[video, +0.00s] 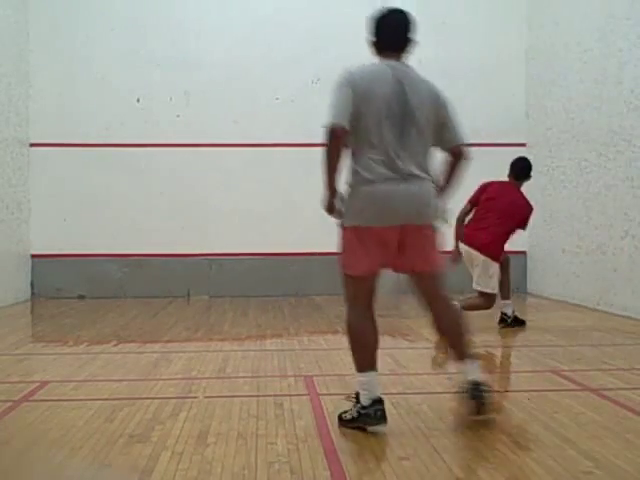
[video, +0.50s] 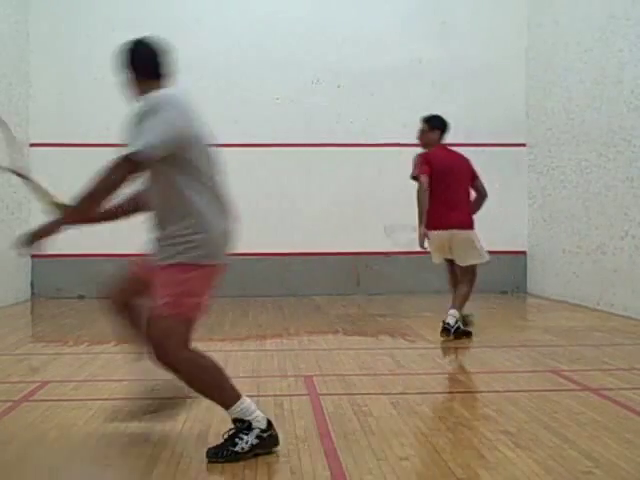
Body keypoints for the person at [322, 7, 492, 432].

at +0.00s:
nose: (389, 44)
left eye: (381, 36)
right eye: (400, 37)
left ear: (374, 41)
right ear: (409, 43)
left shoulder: (355, 79)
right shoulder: (426, 88)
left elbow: (337, 134)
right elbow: (458, 151)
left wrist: (331, 190)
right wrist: (438, 195)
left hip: (367, 205)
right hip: (418, 205)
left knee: (360, 304)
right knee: (436, 295)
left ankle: (370, 401)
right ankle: (472, 378)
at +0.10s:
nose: (338, 31)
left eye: (336, 25)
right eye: (349, 24)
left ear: (335, 30)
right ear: (370, 31)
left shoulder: (327, 64)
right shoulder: (391, 75)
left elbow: (319, 121)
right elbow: (407, 143)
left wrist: (296, 182)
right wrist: (378, 173)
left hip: (346, 195)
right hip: (395, 193)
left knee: (329, 292)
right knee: (385, 286)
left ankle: (350, 390)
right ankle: (420, 383)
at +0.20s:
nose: (291, 44)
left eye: (292, 37)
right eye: (297, 37)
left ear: (297, 39)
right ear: (328, 38)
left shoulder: (304, 72)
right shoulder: (342, 76)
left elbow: (296, 132)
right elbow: (347, 147)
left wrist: (259, 199)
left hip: (324, 210)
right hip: (360, 208)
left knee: (269, 293)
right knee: (362, 302)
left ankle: (298, 398)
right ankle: (405, 401)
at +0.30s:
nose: (253, 59)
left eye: (253, 51)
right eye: (262, 51)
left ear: (254, 54)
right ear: (287, 52)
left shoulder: (266, 89)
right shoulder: (295, 91)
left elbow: (259, 143)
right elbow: (281, 175)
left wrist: (211, 197)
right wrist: (230, 211)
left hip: (282, 231)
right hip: (314, 229)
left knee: (219, 307)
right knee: (334, 313)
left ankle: (257, 418)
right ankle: (398, 394)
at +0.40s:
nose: (193, 64)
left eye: (194, 57)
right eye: (198, 55)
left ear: (200, 57)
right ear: (229, 56)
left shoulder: (216, 92)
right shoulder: (235, 95)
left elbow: (197, 150)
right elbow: (221, 183)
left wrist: (139, 202)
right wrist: (168, 218)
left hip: (235, 232)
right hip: (250, 231)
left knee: (194, 327)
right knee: (228, 322)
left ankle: (256, 425)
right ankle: (314, 363)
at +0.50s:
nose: (130, 81)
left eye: (130, 73)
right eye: (133, 72)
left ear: (134, 73)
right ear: (162, 68)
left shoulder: (167, 108)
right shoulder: (164, 113)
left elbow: (123, 169)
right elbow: (150, 197)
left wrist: (61, 220)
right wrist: (86, 217)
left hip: (195, 244)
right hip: (178, 243)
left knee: (167, 343)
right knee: (121, 295)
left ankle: (254, 423)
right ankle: (177, 369)